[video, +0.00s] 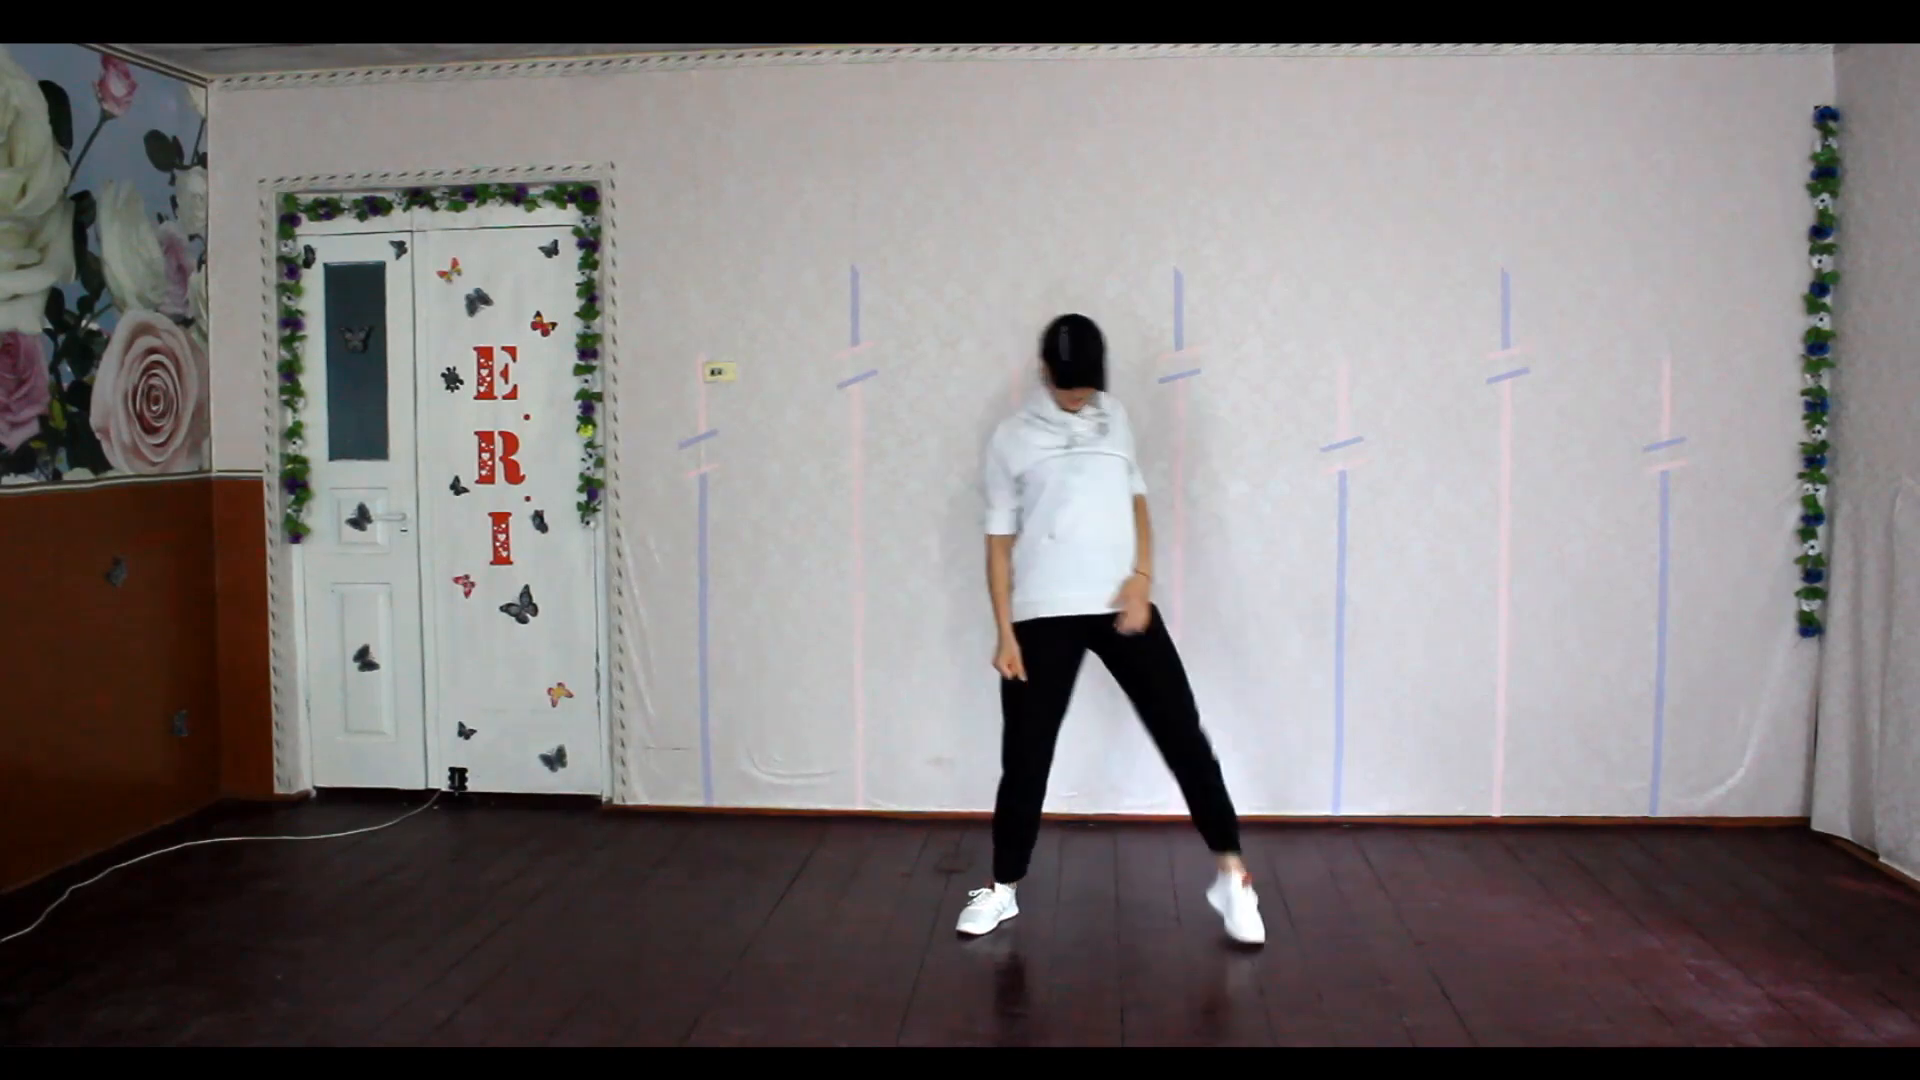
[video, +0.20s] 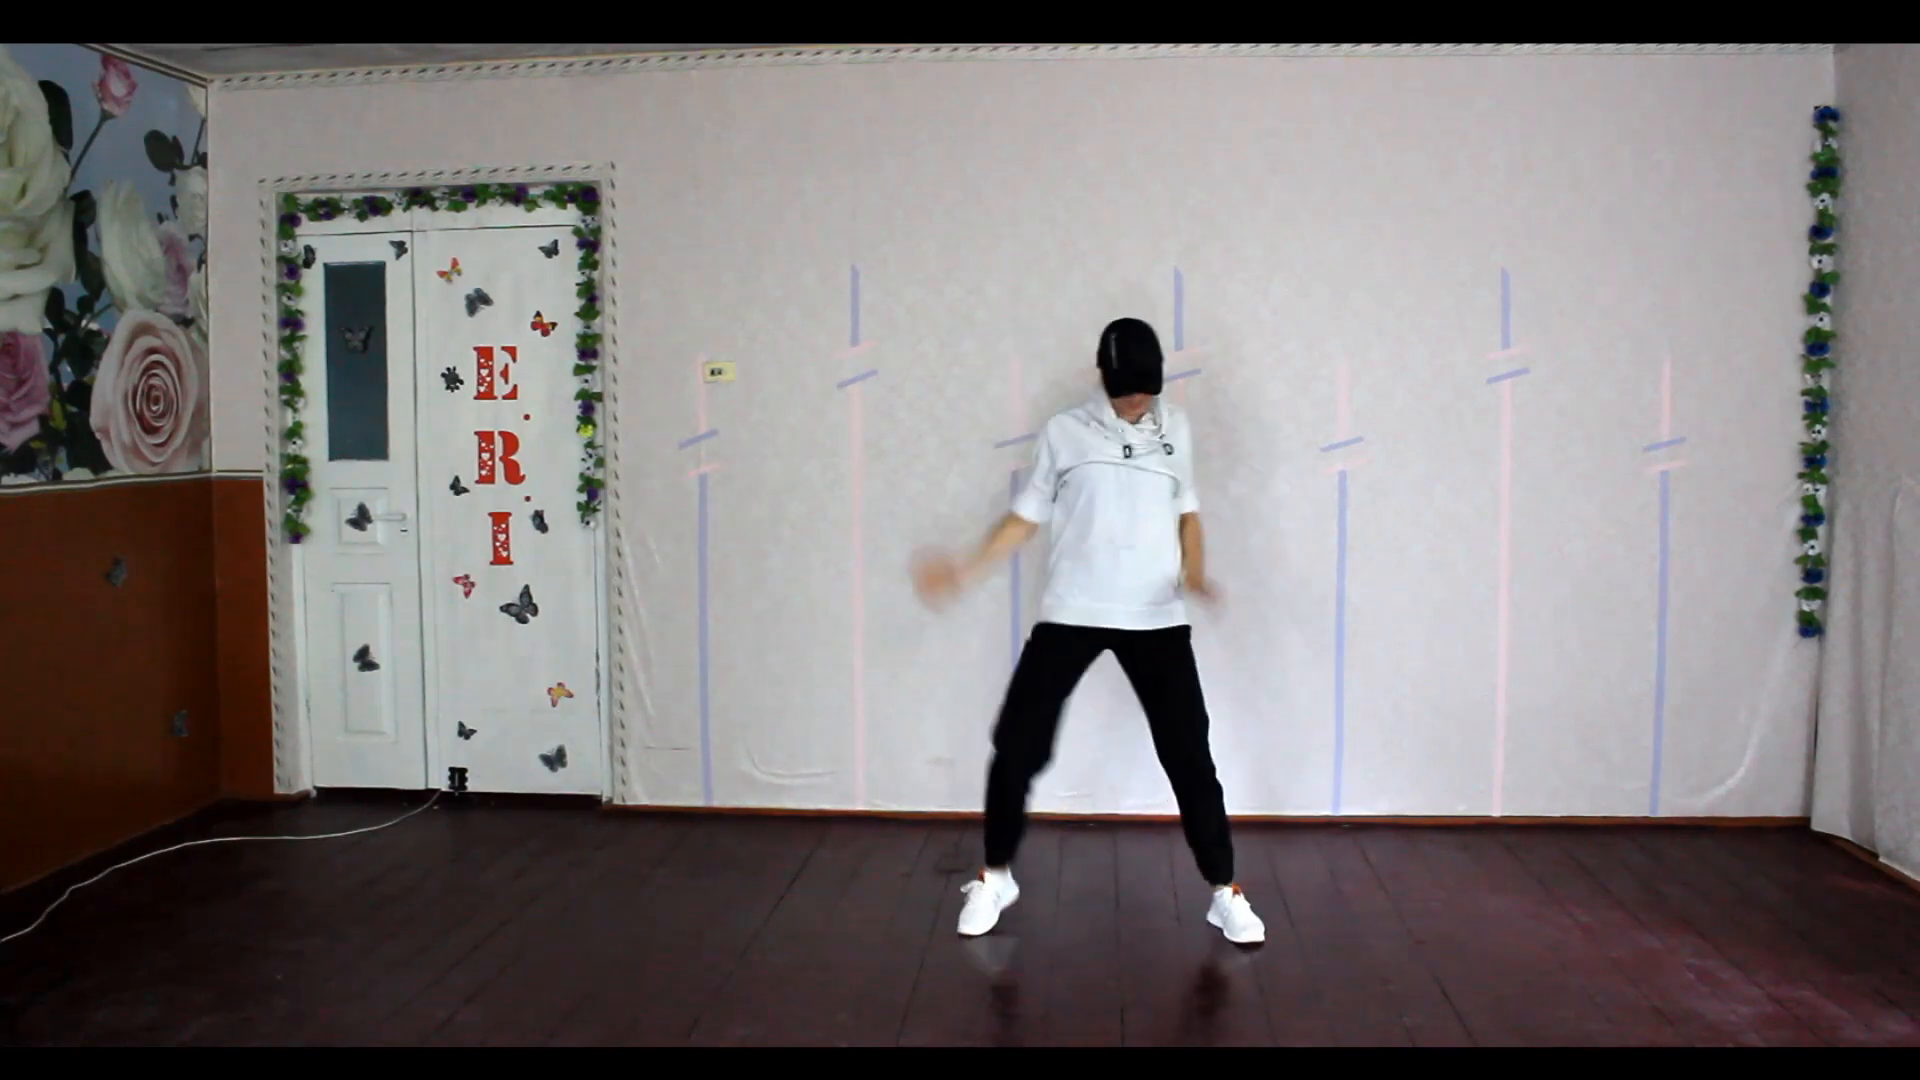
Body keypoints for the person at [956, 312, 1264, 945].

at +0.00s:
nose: (1081, 400)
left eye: (1090, 389)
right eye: (1070, 390)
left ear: (1102, 375)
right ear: (1047, 373)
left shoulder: (1113, 419)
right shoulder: (1012, 437)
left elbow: (1136, 502)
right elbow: (999, 542)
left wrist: (1141, 580)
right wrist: (1005, 632)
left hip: (1123, 611)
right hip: (1044, 619)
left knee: (1186, 743)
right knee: (1024, 761)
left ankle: (1236, 879)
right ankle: (1002, 888)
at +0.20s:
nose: (1133, 405)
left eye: (1143, 394)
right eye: (1122, 395)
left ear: (1159, 380)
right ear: (1103, 382)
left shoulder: (1174, 427)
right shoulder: (1066, 431)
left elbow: (1186, 505)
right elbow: (1026, 515)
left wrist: (1194, 572)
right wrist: (968, 570)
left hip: (1155, 618)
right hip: (1071, 616)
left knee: (1190, 756)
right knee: (1016, 744)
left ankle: (1225, 892)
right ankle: (995, 877)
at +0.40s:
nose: (1126, 453)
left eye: (1136, 443)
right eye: (1116, 442)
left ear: (1155, 424)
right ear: (1099, 423)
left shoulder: (1191, 460)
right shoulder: (1064, 455)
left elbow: (1248, 523)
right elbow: (975, 493)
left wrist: (1221, 591)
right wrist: (990, 548)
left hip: (1153, 634)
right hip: (1066, 628)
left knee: (1209, 761)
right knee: (986, 740)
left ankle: (1226, 892)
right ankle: (967, 874)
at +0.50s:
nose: (1125, 561)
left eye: (1134, 552)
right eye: (1114, 552)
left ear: (1149, 532)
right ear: (1091, 532)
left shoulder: (1173, 553)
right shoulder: (1054, 553)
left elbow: (1256, 611)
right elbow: (959, 591)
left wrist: (1222, 704)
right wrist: (981, 690)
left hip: (1147, 679)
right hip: (1059, 680)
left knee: (1219, 774)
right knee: (978, 772)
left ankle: (1227, 894)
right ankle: (966, 890)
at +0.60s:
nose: (1116, 659)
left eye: (1126, 651)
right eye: (1106, 651)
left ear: (1145, 627)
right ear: (1086, 627)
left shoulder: (1171, 631)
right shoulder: (1050, 631)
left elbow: (1263, 673)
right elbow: (949, 666)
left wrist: (1222, 731)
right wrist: (969, 738)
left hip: (1141, 708)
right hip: (1055, 707)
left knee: (1218, 783)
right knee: (977, 784)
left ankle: (1226, 897)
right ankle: (967, 893)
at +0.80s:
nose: (1105, 631)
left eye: (1115, 623)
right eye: (1095, 623)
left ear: (1132, 602)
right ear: (1075, 602)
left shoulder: (1162, 608)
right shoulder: (1039, 612)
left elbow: (1241, 668)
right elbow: (948, 662)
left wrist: (1207, 739)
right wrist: (957, 737)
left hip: (1138, 701)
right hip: (1048, 700)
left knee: (1203, 784)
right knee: (964, 780)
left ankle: (1223, 897)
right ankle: (968, 893)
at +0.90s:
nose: (1093, 457)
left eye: (1102, 445)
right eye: (1082, 446)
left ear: (1118, 437)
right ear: (1065, 438)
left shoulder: (1145, 476)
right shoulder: (1031, 483)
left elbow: (1163, 578)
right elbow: (1000, 587)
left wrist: (1171, 668)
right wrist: (976, 684)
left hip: (1130, 646)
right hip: (1046, 643)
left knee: (1188, 762)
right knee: (978, 753)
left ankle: (1223, 890)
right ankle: (970, 889)